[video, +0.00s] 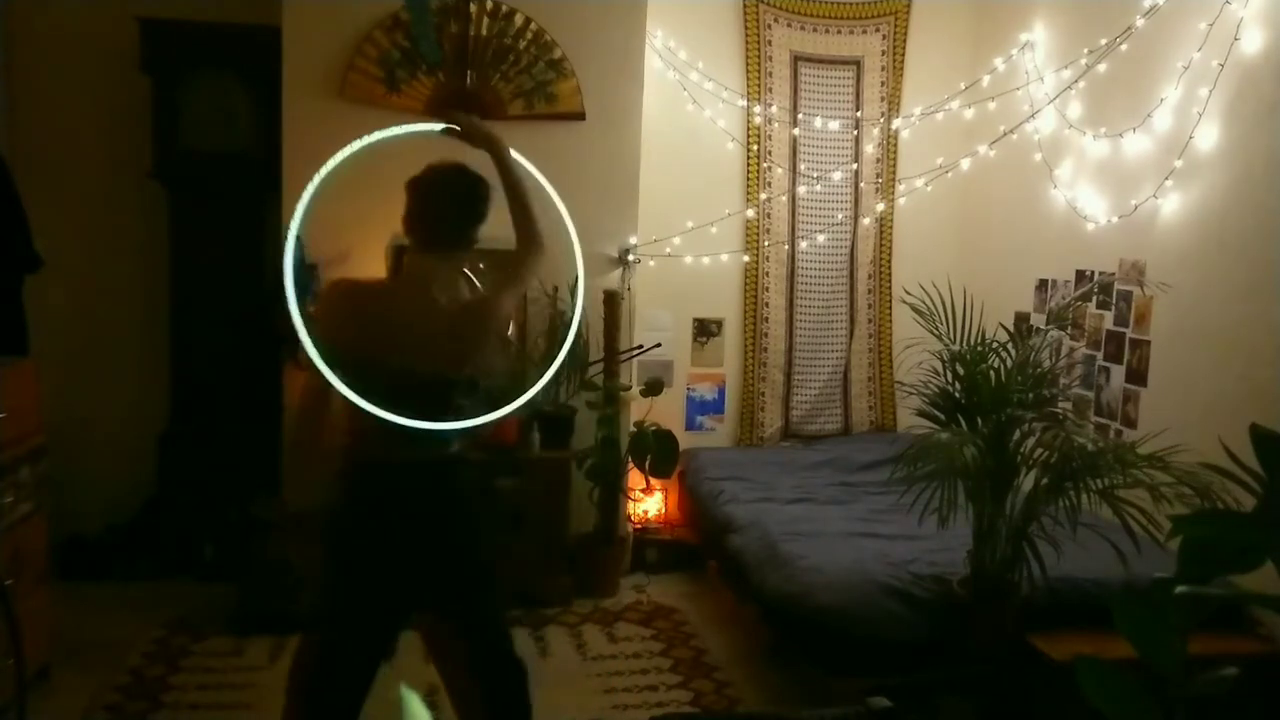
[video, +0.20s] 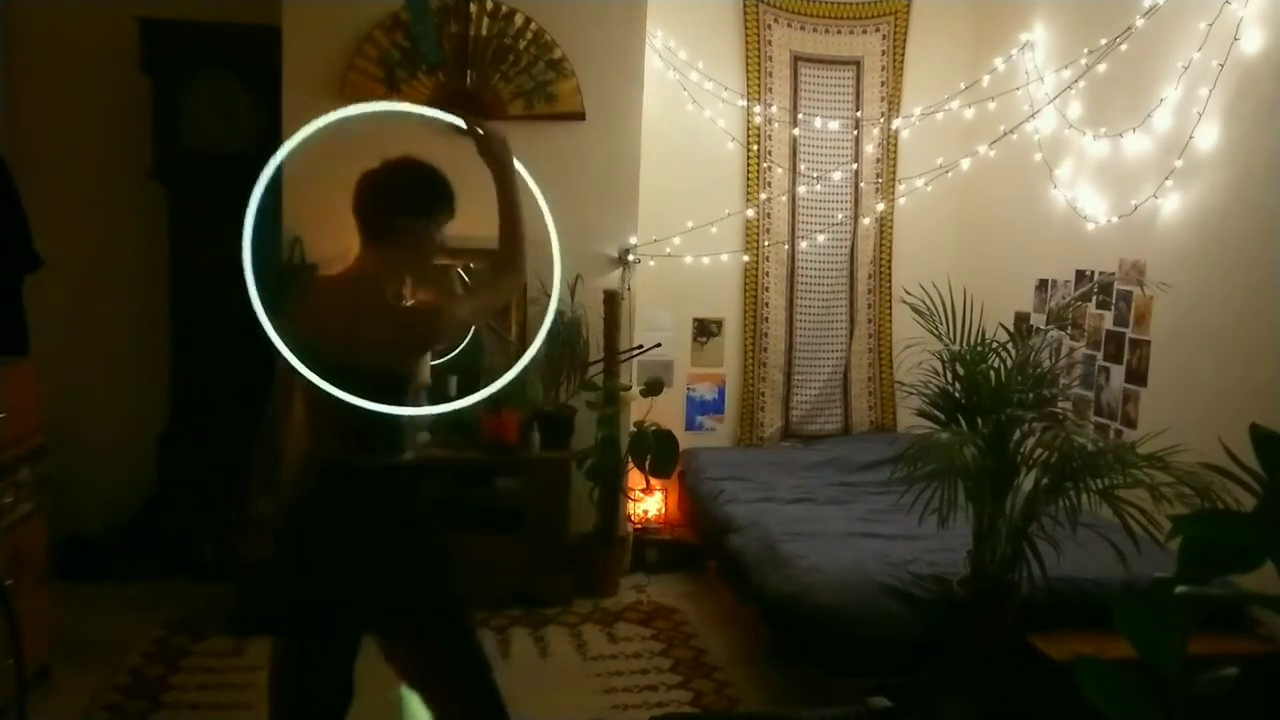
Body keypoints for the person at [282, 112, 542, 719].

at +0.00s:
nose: (407, 220)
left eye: (411, 208)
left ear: (412, 219)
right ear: (474, 233)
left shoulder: (347, 304)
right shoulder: (481, 311)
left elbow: (307, 424)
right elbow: (531, 245)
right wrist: (498, 148)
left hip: (367, 520)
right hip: (453, 523)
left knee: (328, 685)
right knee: (491, 685)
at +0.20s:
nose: (442, 241)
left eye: (443, 226)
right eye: (437, 226)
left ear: (366, 221)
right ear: (411, 227)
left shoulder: (314, 302)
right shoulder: (409, 318)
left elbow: (286, 422)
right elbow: (508, 277)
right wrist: (504, 170)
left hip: (312, 527)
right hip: (383, 535)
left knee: (305, 703)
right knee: (471, 704)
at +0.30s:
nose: (421, 239)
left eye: (421, 225)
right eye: (414, 225)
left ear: (351, 222)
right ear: (378, 226)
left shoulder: (309, 308)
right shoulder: (363, 319)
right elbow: (494, 298)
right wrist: (513, 189)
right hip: (356, 533)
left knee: (302, 698)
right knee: (450, 695)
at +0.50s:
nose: (393, 247)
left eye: (393, 231)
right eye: (384, 230)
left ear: (334, 231)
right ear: (340, 230)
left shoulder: (280, 308)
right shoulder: (343, 324)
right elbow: (464, 354)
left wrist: (452, 326)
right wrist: (533, 271)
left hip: (287, 525)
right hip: (341, 534)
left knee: (295, 700)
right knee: (441, 697)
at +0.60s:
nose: (384, 250)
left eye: (385, 234)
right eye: (374, 231)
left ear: (319, 233)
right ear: (327, 230)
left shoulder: (269, 320)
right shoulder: (347, 331)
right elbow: (432, 371)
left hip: (278, 546)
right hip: (343, 550)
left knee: (299, 703)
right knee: (442, 699)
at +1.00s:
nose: (407, 246)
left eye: (409, 232)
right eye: (404, 231)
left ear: (335, 225)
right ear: (377, 229)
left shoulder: (287, 310)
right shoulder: (371, 321)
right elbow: (395, 450)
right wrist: (479, 520)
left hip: (299, 543)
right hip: (371, 550)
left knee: (303, 704)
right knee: (471, 701)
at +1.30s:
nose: (459, 239)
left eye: (458, 225)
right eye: (451, 223)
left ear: (390, 228)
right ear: (415, 226)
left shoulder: (338, 321)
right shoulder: (453, 297)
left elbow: (336, 435)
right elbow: (544, 331)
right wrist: (632, 349)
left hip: (371, 498)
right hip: (443, 498)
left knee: (375, 642)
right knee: (503, 655)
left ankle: (315, 716)